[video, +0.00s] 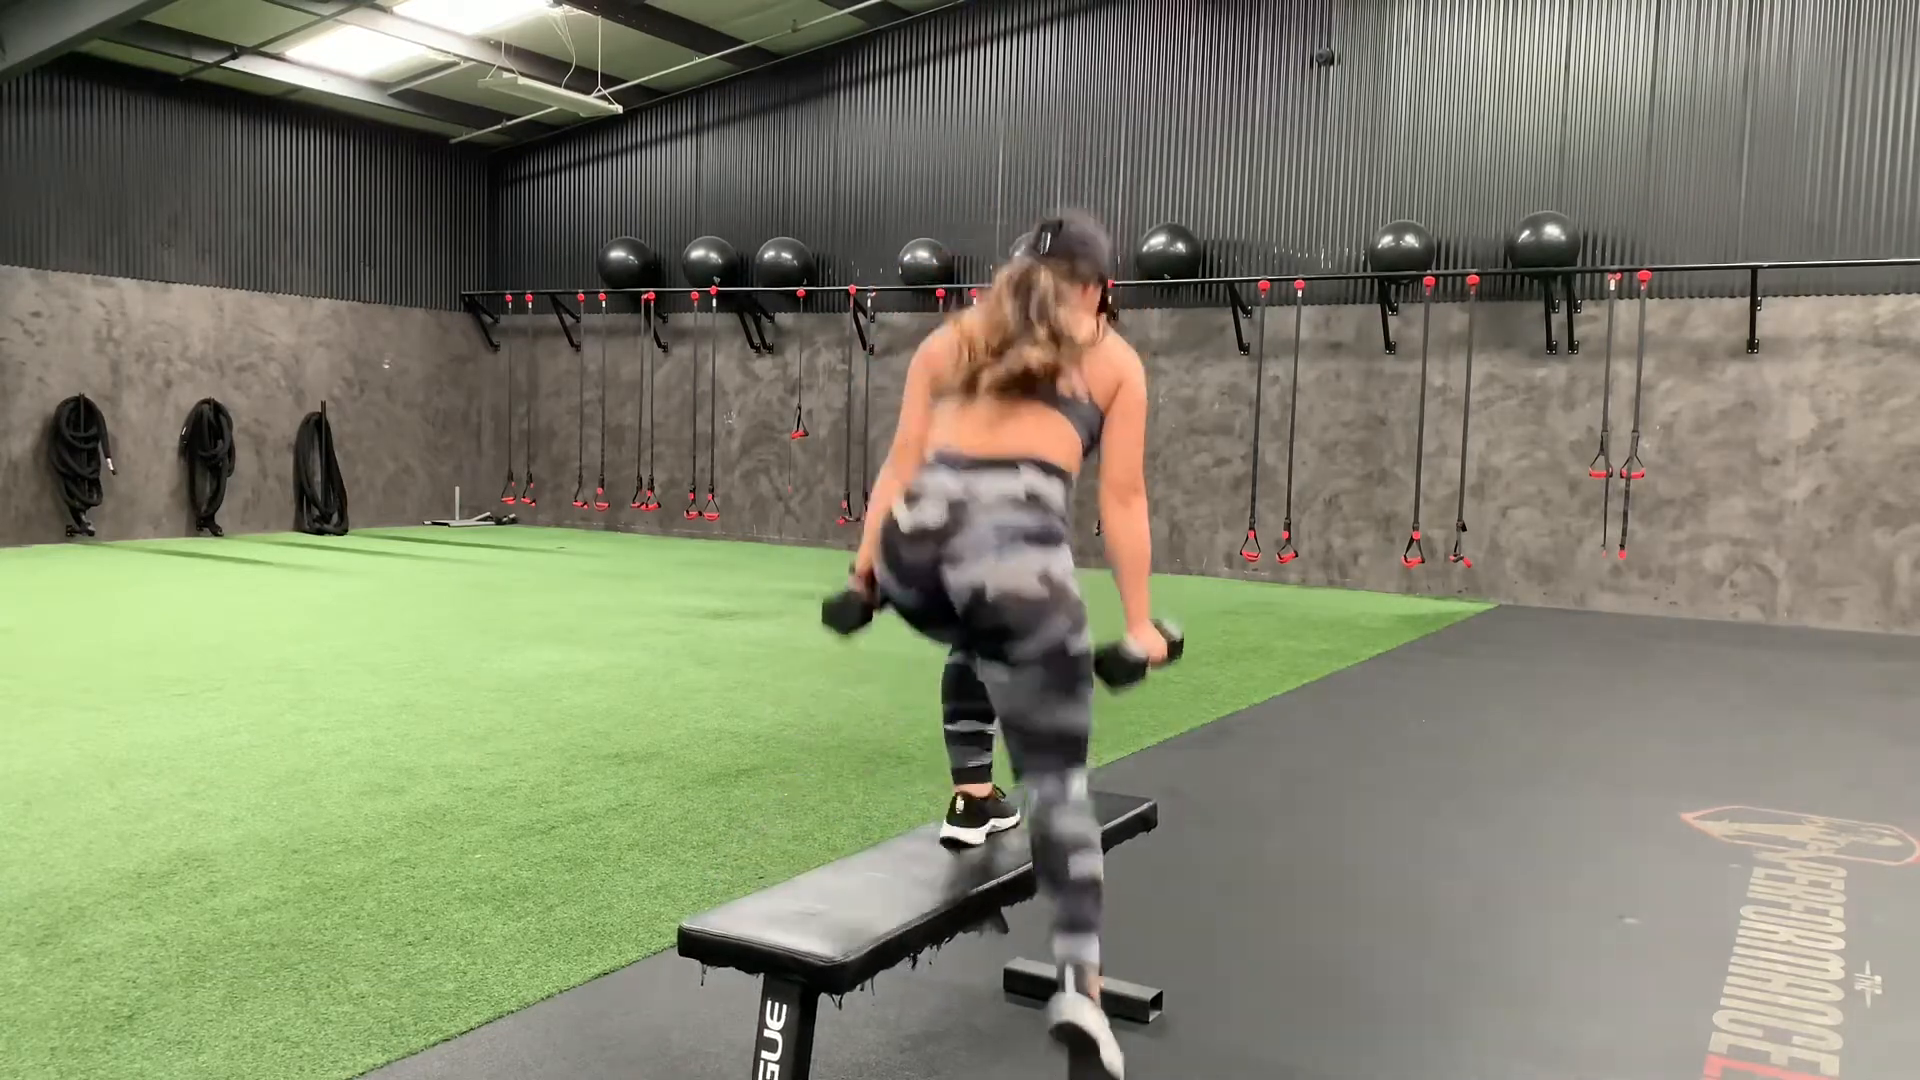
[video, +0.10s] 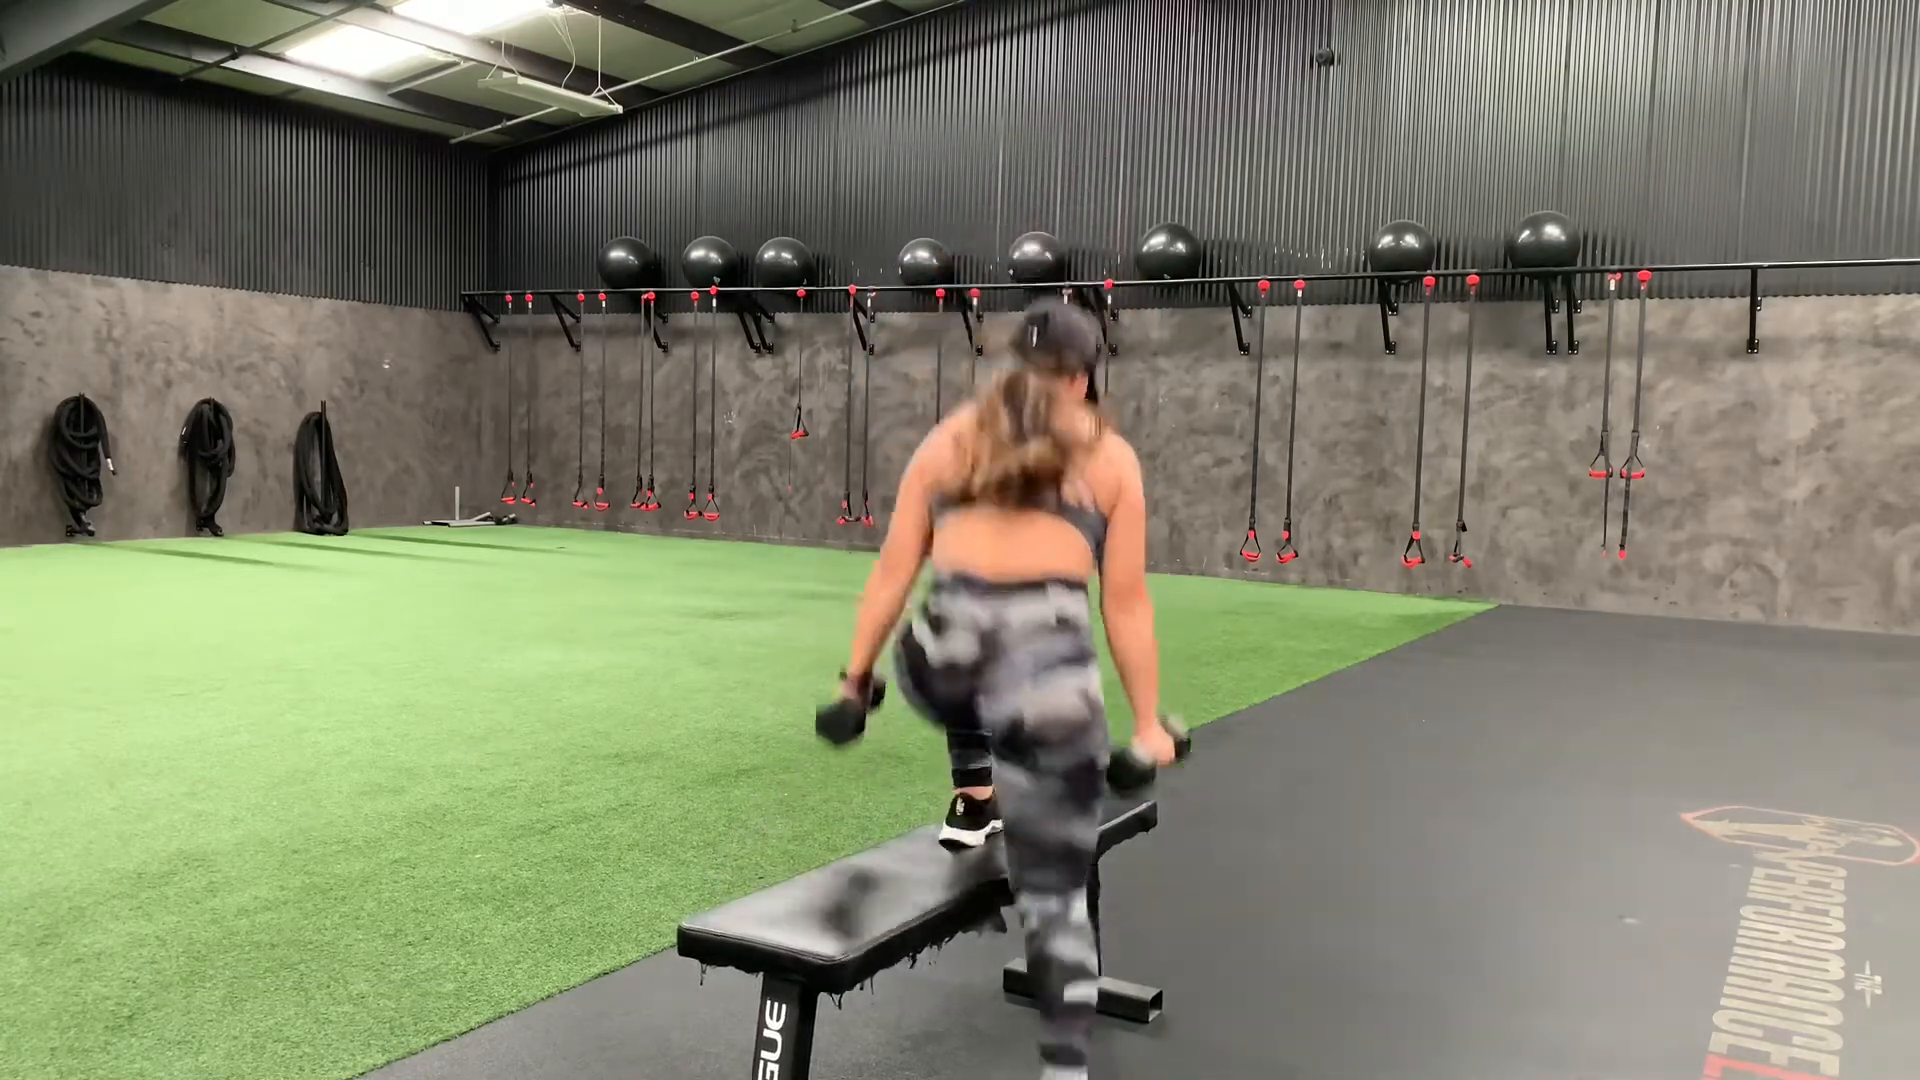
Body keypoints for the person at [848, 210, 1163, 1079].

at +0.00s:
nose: (1109, 304)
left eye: (1105, 292)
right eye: (1109, 292)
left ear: (1015, 278)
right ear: (1094, 289)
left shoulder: (945, 343)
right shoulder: (1113, 361)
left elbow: (903, 463)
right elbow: (1121, 497)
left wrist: (862, 575)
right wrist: (1139, 626)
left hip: (913, 553)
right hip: (1022, 560)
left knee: (975, 636)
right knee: (1056, 783)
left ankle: (971, 795)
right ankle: (1080, 985)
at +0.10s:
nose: (1091, 387)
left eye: (1077, 374)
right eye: (1091, 375)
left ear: (1015, 364)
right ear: (1085, 376)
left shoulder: (950, 437)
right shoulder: (1110, 457)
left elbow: (894, 570)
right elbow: (1127, 602)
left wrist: (857, 676)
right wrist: (1148, 724)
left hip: (943, 656)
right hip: (1047, 666)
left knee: (958, 691)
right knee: (1056, 883)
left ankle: (975, 794)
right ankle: (1066, 1065)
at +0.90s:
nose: (1048, 404)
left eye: (1051, 391)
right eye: (1051, 390)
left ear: (981, 373)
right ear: (1037, 386)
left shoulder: (919, 432)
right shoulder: (1035, 459)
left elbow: (889, 554)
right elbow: (1043, 605)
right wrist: (1060, 739)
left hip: (834, 662)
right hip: (926, 668)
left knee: (807, 858)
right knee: (1042, 659)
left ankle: (707, 1029)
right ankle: (981, 811)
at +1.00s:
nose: (1040, 424)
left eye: (1042, 412)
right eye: (1042, 412)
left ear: (974, 394)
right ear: (1033, 408)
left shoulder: (908, 458)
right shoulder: (1027, 490)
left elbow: (890, 553)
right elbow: (1039, 632)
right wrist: (1057, 760)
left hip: (835, 684)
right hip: (923, 692)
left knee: (815, 881)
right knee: (1048, 653)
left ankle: (705, 1035)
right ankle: (983, 806)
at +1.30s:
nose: (1096, 235)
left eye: (1092, 224)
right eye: (1096, 224)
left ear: (1027, 210)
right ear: (1091, 221)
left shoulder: (963, 265)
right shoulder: (1107, 280)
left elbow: (905, 382)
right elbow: (1104, 415)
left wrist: (865, 501)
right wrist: (1111, 543)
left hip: (876, 441)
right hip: (980, 449)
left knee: (936, 597)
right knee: (1032, 606)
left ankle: (858, 749)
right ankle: (992, 788)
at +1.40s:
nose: (1096, 228)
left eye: (1095, 215)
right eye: (1095, 214)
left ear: (1026, 196)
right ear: (1088, 208)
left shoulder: (960, 252)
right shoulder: (1114, 272)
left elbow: (905, 364)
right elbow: (1113, 405)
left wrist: (870, 474)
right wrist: (1120, 530)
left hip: (887, 415)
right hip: (993, 425)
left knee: (954, 562)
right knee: (1051, 600)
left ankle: (942, 735)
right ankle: (1017, 781)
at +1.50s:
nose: (1097, 243)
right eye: (1098, 230)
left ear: (1021, 223)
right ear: (1098, 231)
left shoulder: (953, 288)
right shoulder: (1120, 303)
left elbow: (906, 407)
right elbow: (1121, 433)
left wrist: (866, 509)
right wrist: (1128, 560)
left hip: (909, 470)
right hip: (1016, 470)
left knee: (966, 608)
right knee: (1060, 681)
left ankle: (988, 783)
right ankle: (1070, 870)